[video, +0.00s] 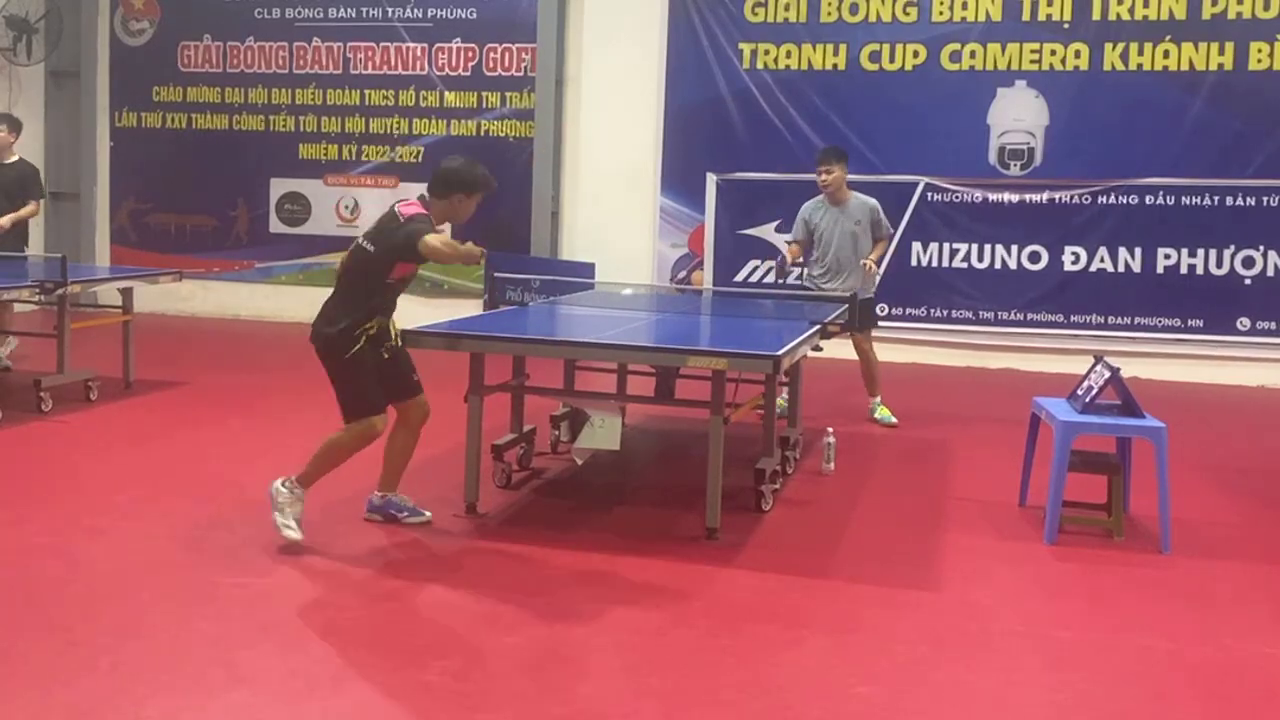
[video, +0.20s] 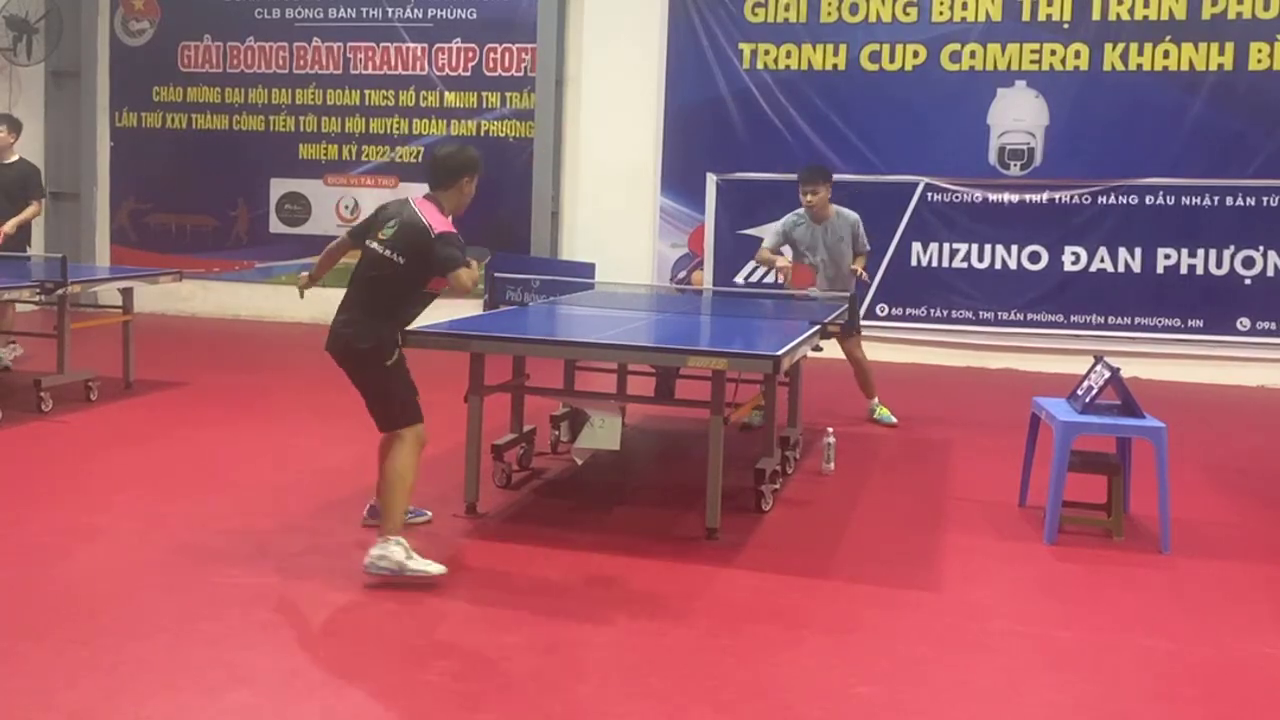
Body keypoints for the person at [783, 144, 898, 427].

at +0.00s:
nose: (823, 178)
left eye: (829, 172)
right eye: (819, 173)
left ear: (844, 172)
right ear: (816, 175)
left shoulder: (869, 207)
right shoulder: (809, 210)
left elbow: (883, 238)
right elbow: (798, 245)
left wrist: (873, 257)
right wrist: (790, 254)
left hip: (858, 292)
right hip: (816, 291)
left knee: (863, 344)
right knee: (794, 341)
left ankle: (876, 403)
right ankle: (788, 396)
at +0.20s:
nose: (808, 199)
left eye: (814, 193)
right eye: (804, 193)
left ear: (829, 191)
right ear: (799, 193)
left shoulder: (851, 221)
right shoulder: (791, 222)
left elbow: (861, 252)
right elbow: (761, 254)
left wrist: (858, 265)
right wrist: (777, 260)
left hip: (841, 301)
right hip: (803, 300)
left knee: (855, 354)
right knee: (780, 349)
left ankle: (875, 404)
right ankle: (762, 404)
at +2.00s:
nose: (787, 189)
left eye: (792, 183)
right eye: (783, 184)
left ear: (804, 183)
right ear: (779, 187)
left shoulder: (825, 206)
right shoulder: (775, 215)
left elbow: (845, 232)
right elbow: (760, 254)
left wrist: (852, 233)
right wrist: (753, 248)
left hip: (824, 290)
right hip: (786, 290)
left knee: (845, 337)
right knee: (770, 336)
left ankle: (859, 392)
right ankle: (763, 386)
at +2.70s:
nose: (726, 210)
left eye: (731, 204)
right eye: (724, 207)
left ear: (747, 205)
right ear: (725, 212)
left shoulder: (773, 219)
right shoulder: (727, 242)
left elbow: (802, 222)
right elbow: (704, 263)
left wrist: (831, 221)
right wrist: (681, 279)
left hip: (797, 292)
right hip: (760, 296)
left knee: (824, 334)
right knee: (731, 331)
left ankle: (843, 386)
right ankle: (720, 380)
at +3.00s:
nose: (721, 169)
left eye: (726, 164)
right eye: (718, 166)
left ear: (738, 166)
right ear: (715, 171)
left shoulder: (761, 185)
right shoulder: (713, 202)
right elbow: (707, 239)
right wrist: (697, 270)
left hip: (762, 264)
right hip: (729, 265)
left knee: (766, 315)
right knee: (711, 306)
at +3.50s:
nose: (777, 214)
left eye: (781, 209)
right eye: (773, 209)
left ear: (790, 210)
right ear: (767, 210)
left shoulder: (801, 229)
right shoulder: (756, 237)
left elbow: (809, 248)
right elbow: (746, 267)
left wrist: (815, 266)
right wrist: (765, 284)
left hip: (793, 291)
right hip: (763, 293)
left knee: (820, 317)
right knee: (759, 328)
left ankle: (818, 364)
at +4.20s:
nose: (844, 204)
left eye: (849, 199)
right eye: (840, 200)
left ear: (858, 203)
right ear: (835, 205)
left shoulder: (876, 229)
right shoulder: (828, 234)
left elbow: (886, 259)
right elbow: (817, 261)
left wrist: (886, 286)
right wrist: (814, 267)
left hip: (871, 291)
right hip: (838, 292)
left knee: (886, 331)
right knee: (808, 323)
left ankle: (909, 375)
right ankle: (800, 365)